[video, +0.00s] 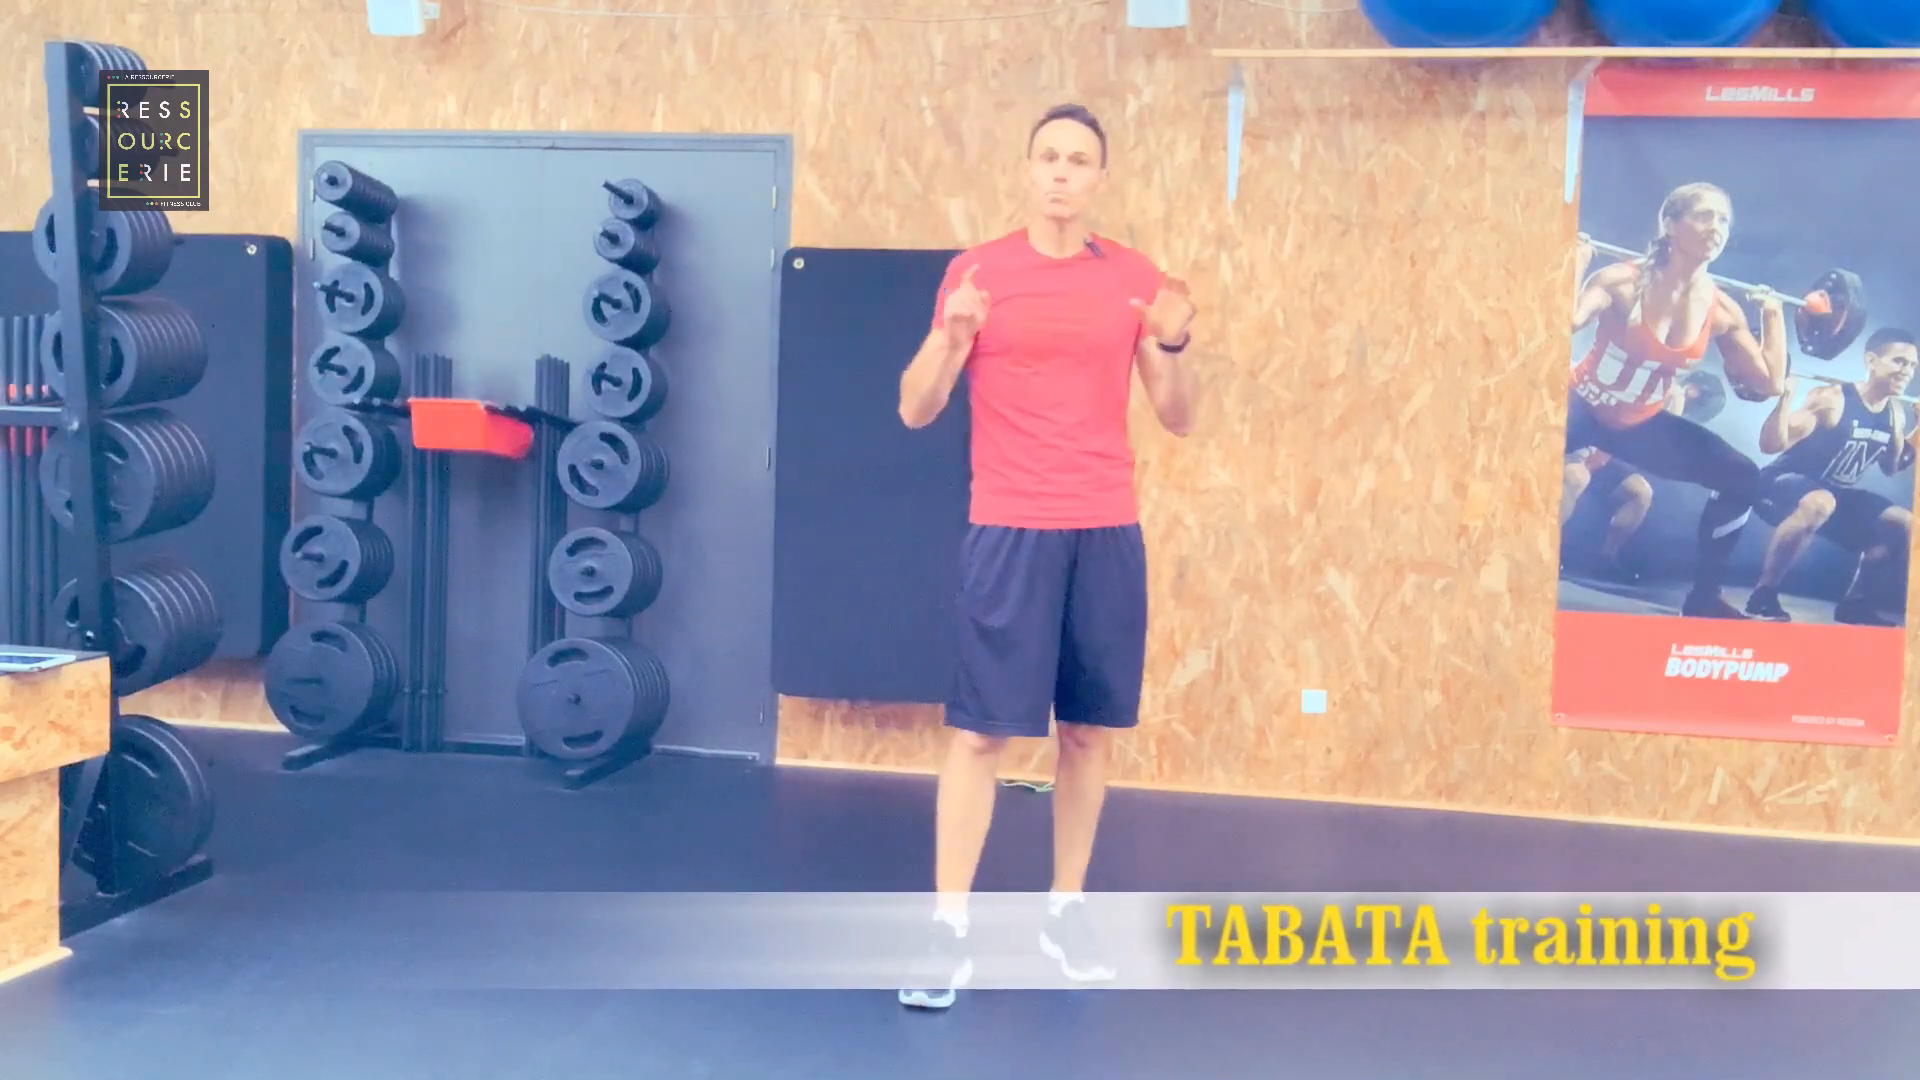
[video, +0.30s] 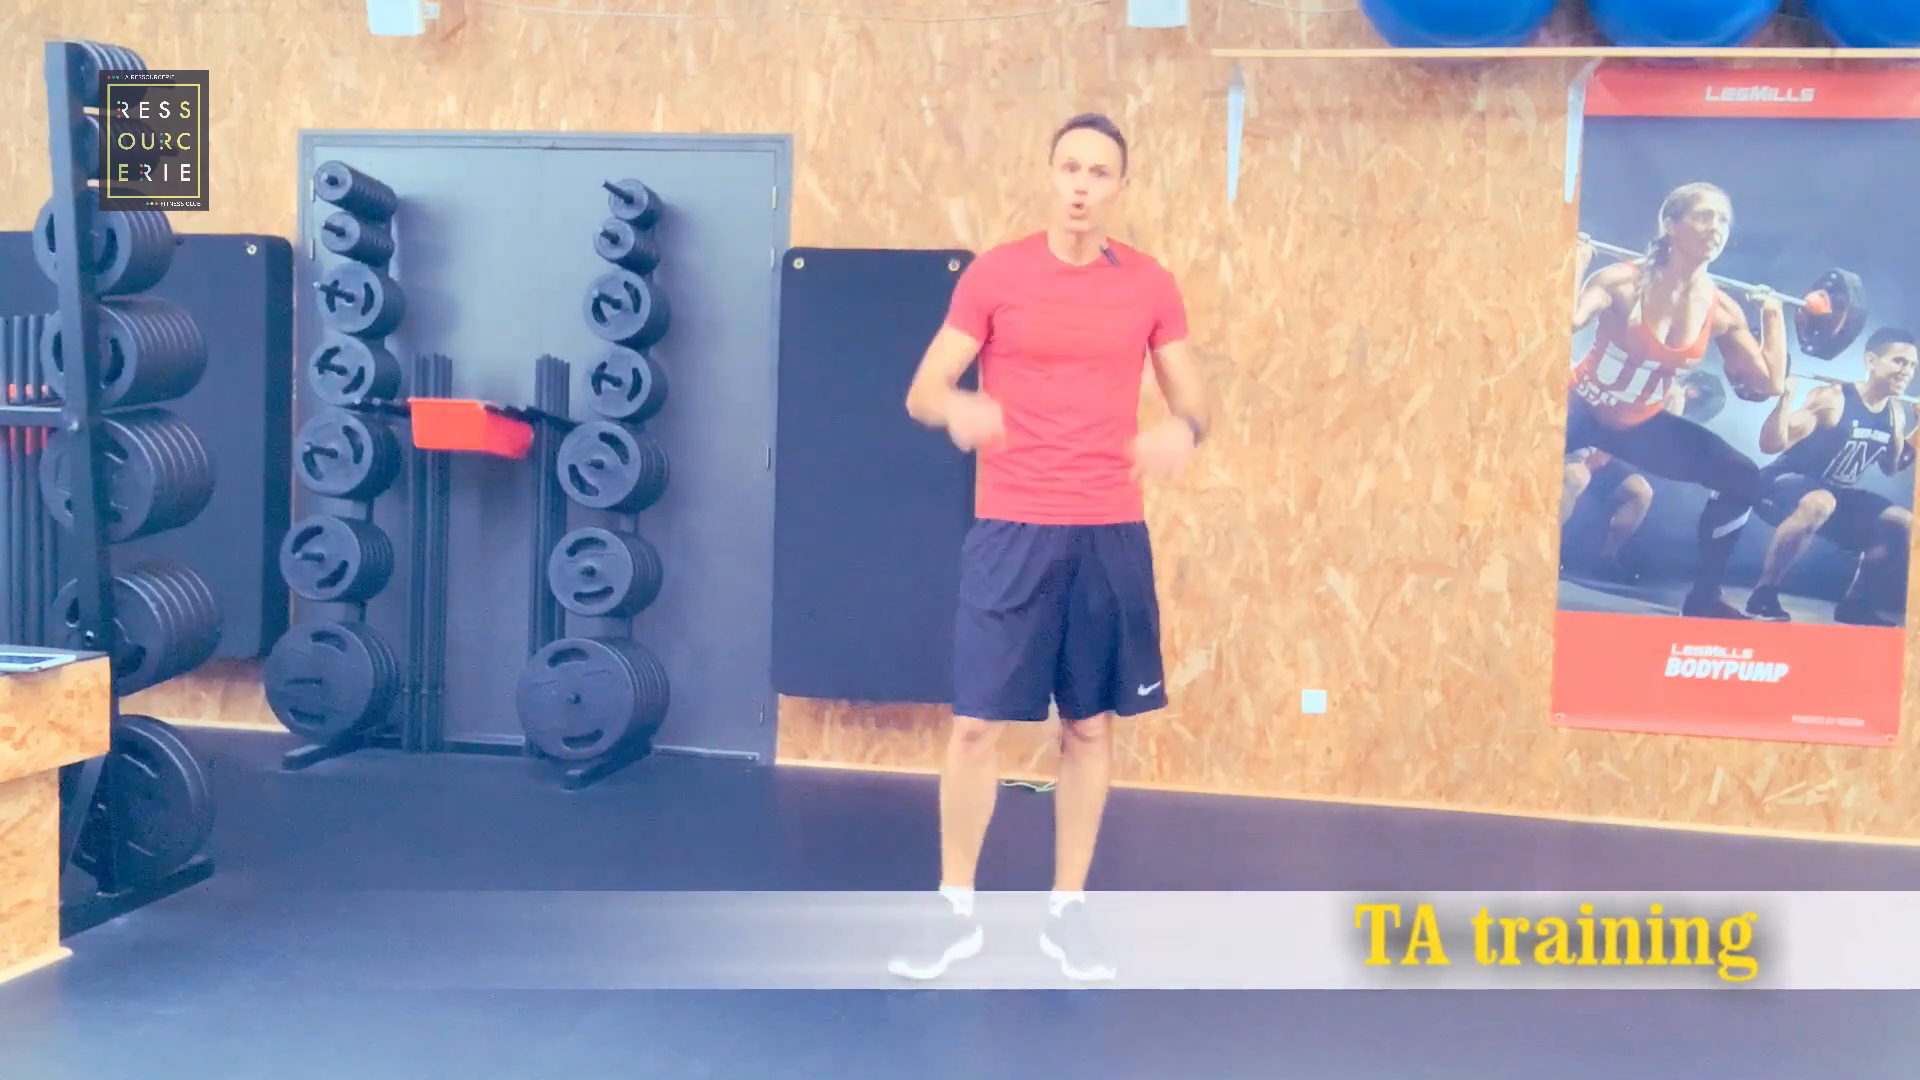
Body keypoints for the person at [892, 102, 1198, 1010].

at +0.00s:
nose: (1063, 174)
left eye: (1080, 162)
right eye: (1050, 159)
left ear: (1103, 180)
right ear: (1025, 172)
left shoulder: (1138, 280)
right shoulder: (976, 271)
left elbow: (1177, 418)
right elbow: (916, 411)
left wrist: (1174, 347)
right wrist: (950, 340)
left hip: (1106, 531)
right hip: (1007, 529)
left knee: (1085, 735)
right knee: (979, 733)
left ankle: (1062, 919)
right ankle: (948, 932)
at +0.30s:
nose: (1081, 185)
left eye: (1098, 172)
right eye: (1070, 169)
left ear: (1122, 188)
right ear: (1048, 177)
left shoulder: (1150, 284)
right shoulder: (993, 275)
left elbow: (1191, 408)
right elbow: (924, 393)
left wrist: (1180, 434)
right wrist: (959, 407)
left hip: (1108, 528)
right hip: (1010, 526)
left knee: (1087, 726)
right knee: (976, 724)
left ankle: (1067, 911)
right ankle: (956, 909)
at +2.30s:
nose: (1083, 217)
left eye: (1098, 206)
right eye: (1073, 203)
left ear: (1119, 222)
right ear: (1051, 212)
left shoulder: (1141, 314)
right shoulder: (1001, 301)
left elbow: (1152, 426)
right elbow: (952, 415)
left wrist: (1131, 528)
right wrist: (978, 517)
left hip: (1097, 533)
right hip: (1009, 528)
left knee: (1076, 701)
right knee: (981, 694)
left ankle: (1043, 850)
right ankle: (959, 864)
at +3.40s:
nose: (1004, 179)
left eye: (1019, 169)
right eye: (991, 168)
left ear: (1043, 192)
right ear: (969, 190)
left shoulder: (1074, 287)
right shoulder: (925, 283)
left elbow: (1110, 419)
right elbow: (884, 410)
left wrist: (1103, 392)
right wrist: (895, 520)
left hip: (1047, 521)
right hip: (951, 523)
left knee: (1063, 702)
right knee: (957, 702)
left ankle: (1071, 882)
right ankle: (961, 869)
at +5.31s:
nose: (997, 165)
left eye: (1015, 152)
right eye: (983, 149)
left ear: (1043, 167)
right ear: (962, 162)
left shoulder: (1081, 270)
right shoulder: (916, 270)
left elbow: (1117, 418)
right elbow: (874, 410)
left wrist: (1108, 389)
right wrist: (882, 536)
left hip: (1058, 533)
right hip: (951, 534)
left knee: (1086, 741)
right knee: (956, 740)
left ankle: (1073, 878)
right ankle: (964, 932)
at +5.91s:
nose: (1030, 166)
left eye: (1048, 152)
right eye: (1018, 150)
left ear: (1073, 170)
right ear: (994, 164)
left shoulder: (1106, 271)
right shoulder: (947, 269)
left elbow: (1143, 404)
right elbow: (890, 408)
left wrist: (1118, 435)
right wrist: (931, 513)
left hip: (1083, 533)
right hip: (982, 533)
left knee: (1071, 734)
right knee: (972, 735)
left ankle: (1058, 902)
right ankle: (966, 933)